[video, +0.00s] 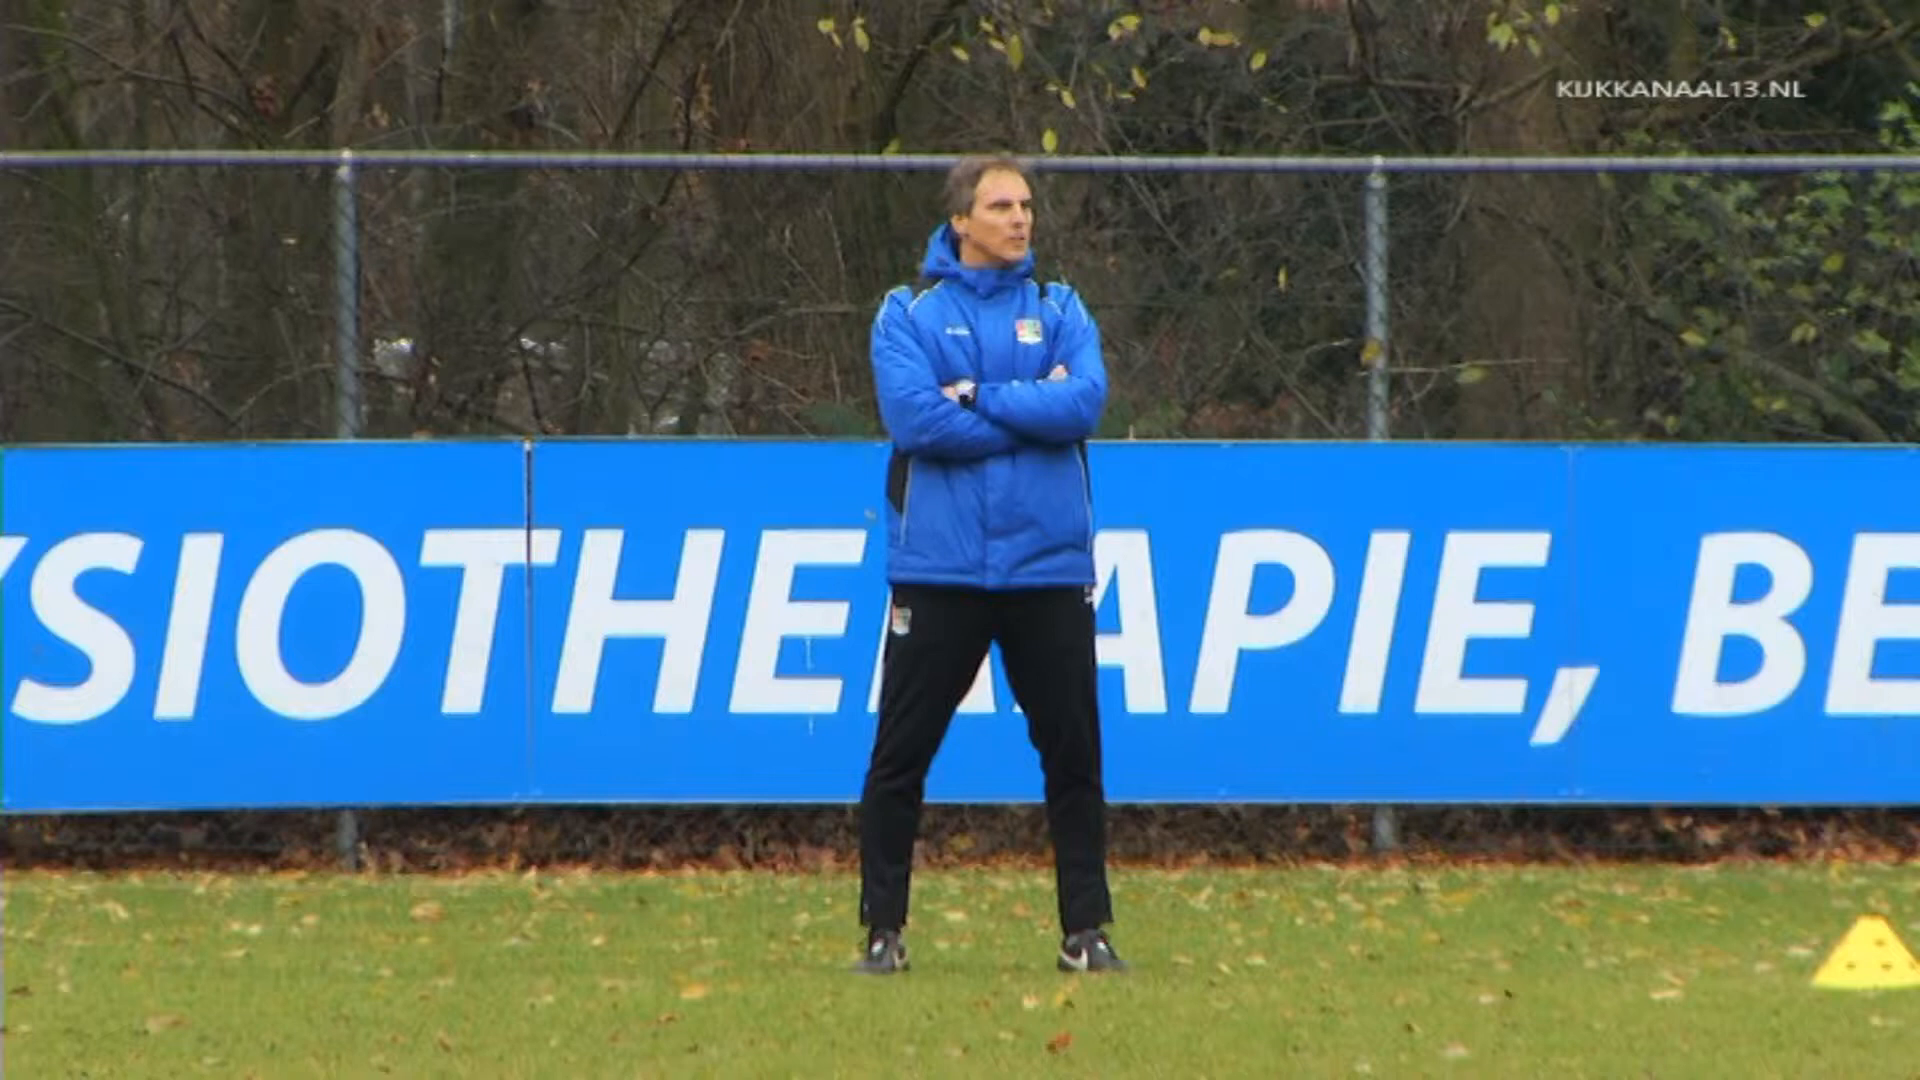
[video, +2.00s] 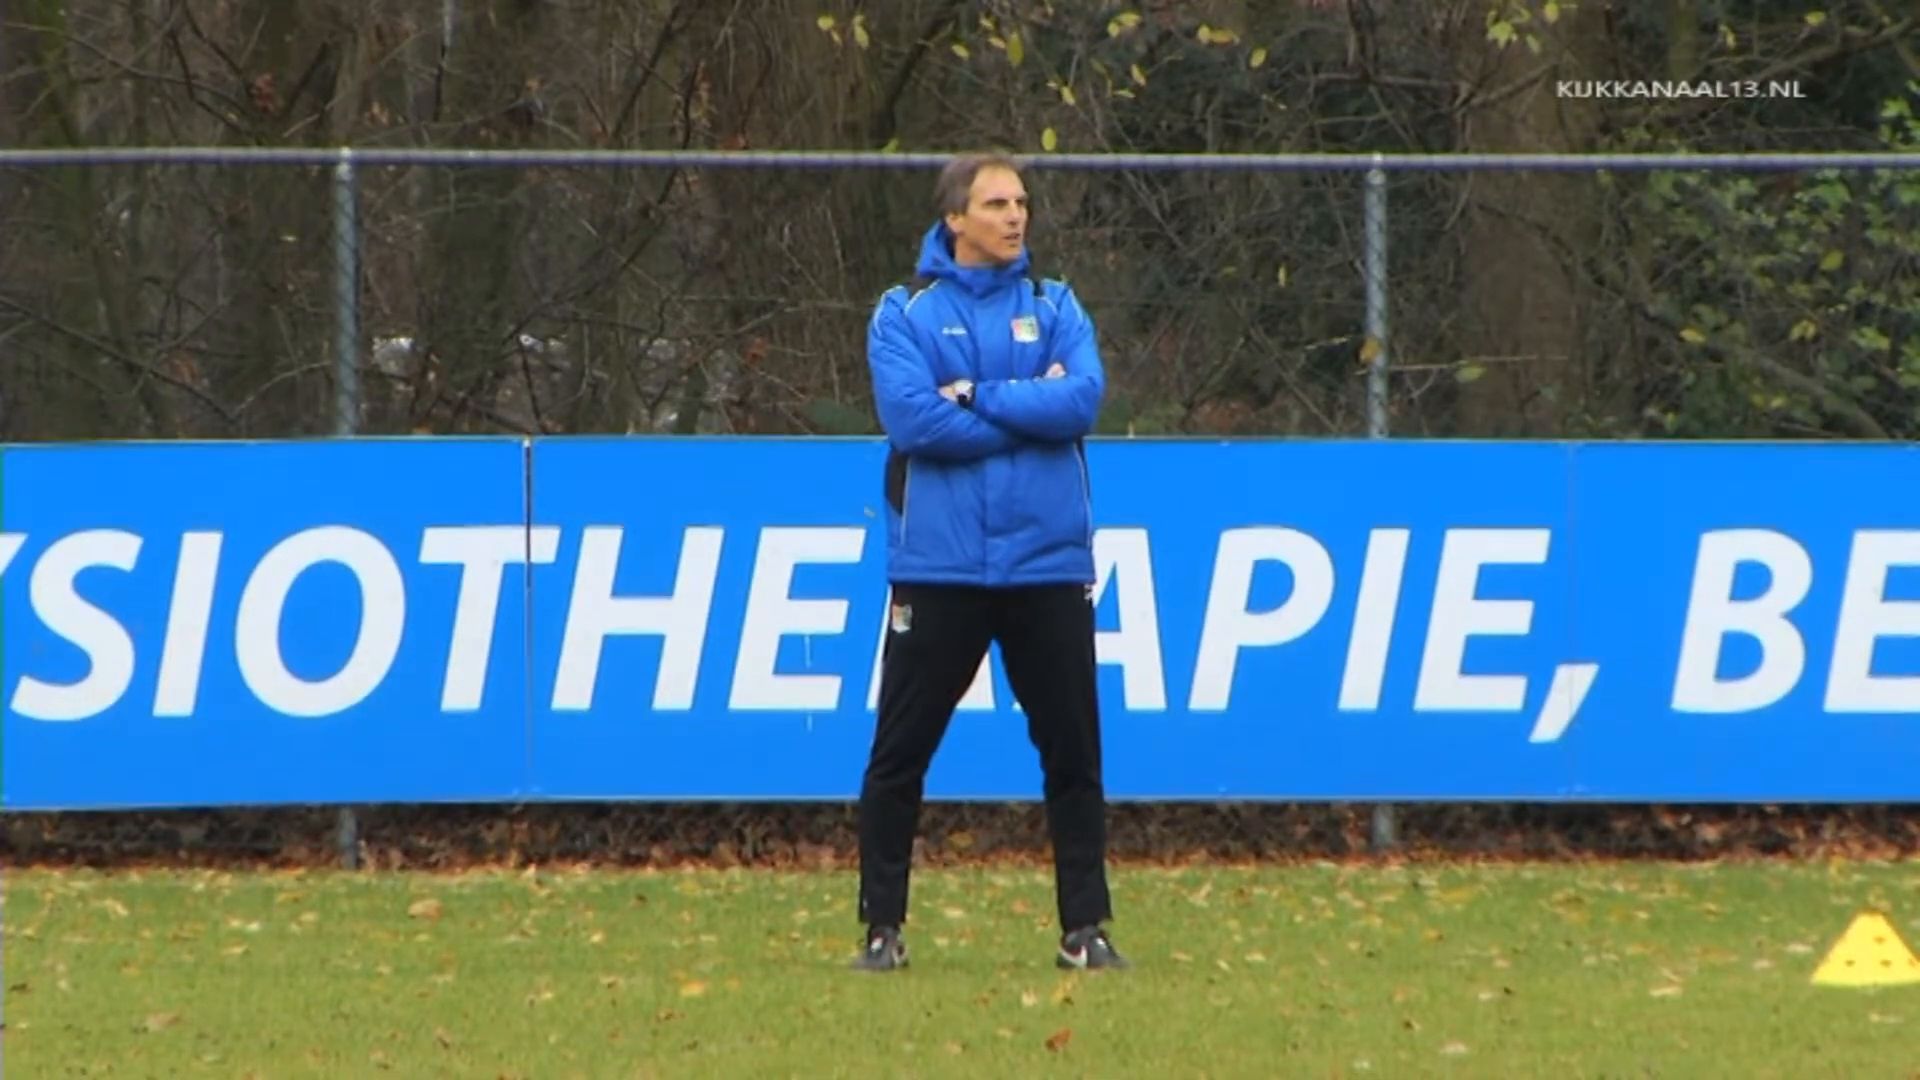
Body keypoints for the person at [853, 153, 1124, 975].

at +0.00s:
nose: (1019, 218)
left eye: (1025, 206)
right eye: (1001, 207)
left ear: (1033, 219)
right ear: (961, 223)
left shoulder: (1061, 306)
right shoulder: (906, 312)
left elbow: (1084, 403)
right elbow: (917, 424)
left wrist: (974, 393)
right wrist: (1027, 416)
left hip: (1050, 569)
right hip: (941, 571)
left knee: (1074, 752)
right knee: (902, 754)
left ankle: (1086, 933)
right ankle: (883, 932)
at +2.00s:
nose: (1014, 216)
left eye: (1020, 204)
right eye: (996, 205)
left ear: (1028, 217)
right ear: (955, 221)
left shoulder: (1056, 305)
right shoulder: (903, 313)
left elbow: (1081, 402)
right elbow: (916, 425)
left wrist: (972, 393)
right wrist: (1026, 413)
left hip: (1049, 567)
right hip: (941, 570)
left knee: (1073, 751)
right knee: (901, 752)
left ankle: (1085, 931)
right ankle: (881, 929)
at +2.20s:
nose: (1012, 215)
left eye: (1018, 203)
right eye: (994, 205)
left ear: (1026, 216)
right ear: (953, 220)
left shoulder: (1055, 304)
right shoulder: (902, 312)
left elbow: (1081, 401)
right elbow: (916, 426)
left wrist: (971, 392)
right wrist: (1025, 413)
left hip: (1050, 567)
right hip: (941, 569)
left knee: (1073, 751)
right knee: (901, 752)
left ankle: (1085, 930)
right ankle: (882, 929)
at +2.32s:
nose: (1013, 215)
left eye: (1019, 203)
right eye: (995, 205)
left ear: (1027, 216)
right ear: (954, 221)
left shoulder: (1055, 304)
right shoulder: (902, 313)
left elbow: (1080, 401)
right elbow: (916, 425)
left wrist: (971, 392)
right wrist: (1025, 413)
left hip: (1049, 567)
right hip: (941, 570)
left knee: (1073, 751)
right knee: (901, 752)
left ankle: (1085, 931)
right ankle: (882, 929)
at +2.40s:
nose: (1014, 214)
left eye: (1020, 202)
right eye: (996, 204)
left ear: (1027, 216)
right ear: (955, 219)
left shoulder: (1055, 304)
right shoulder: (902, 312)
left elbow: (1080, 400)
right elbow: (915, 425)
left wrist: (970, 392)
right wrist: (1025, 413)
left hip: (1049, 568)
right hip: (940, 570)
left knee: (1073, 751)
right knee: (900, 752)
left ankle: (1085, 932)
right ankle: (882, 930)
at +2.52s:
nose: (1018, 213)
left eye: (1023, 201)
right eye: (1000, 202)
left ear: (1029, 216)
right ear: (957, 219)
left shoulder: (1056, 304)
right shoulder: (903, 311)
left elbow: (1080, 401)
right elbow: (917, 424)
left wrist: (971, 391)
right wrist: (1026, 412)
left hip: (1049, 567)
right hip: (940, 570)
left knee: (1073, 751)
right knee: (901, 752)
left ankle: (1085, 931)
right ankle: (882, 929)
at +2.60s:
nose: (1022, 213)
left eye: (1025, 201)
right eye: (1004, 202)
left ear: (1029, 216)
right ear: (960, 218)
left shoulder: (1057, 304)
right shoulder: (904, 311)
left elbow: (1081, 401)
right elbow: (916, 423)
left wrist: (972, 391)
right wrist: (1026, 412)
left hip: (1049, 567)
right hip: (940, 569)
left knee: (1073, 751)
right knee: (900, 752)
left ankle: (1085, 931)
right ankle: (882, 930)